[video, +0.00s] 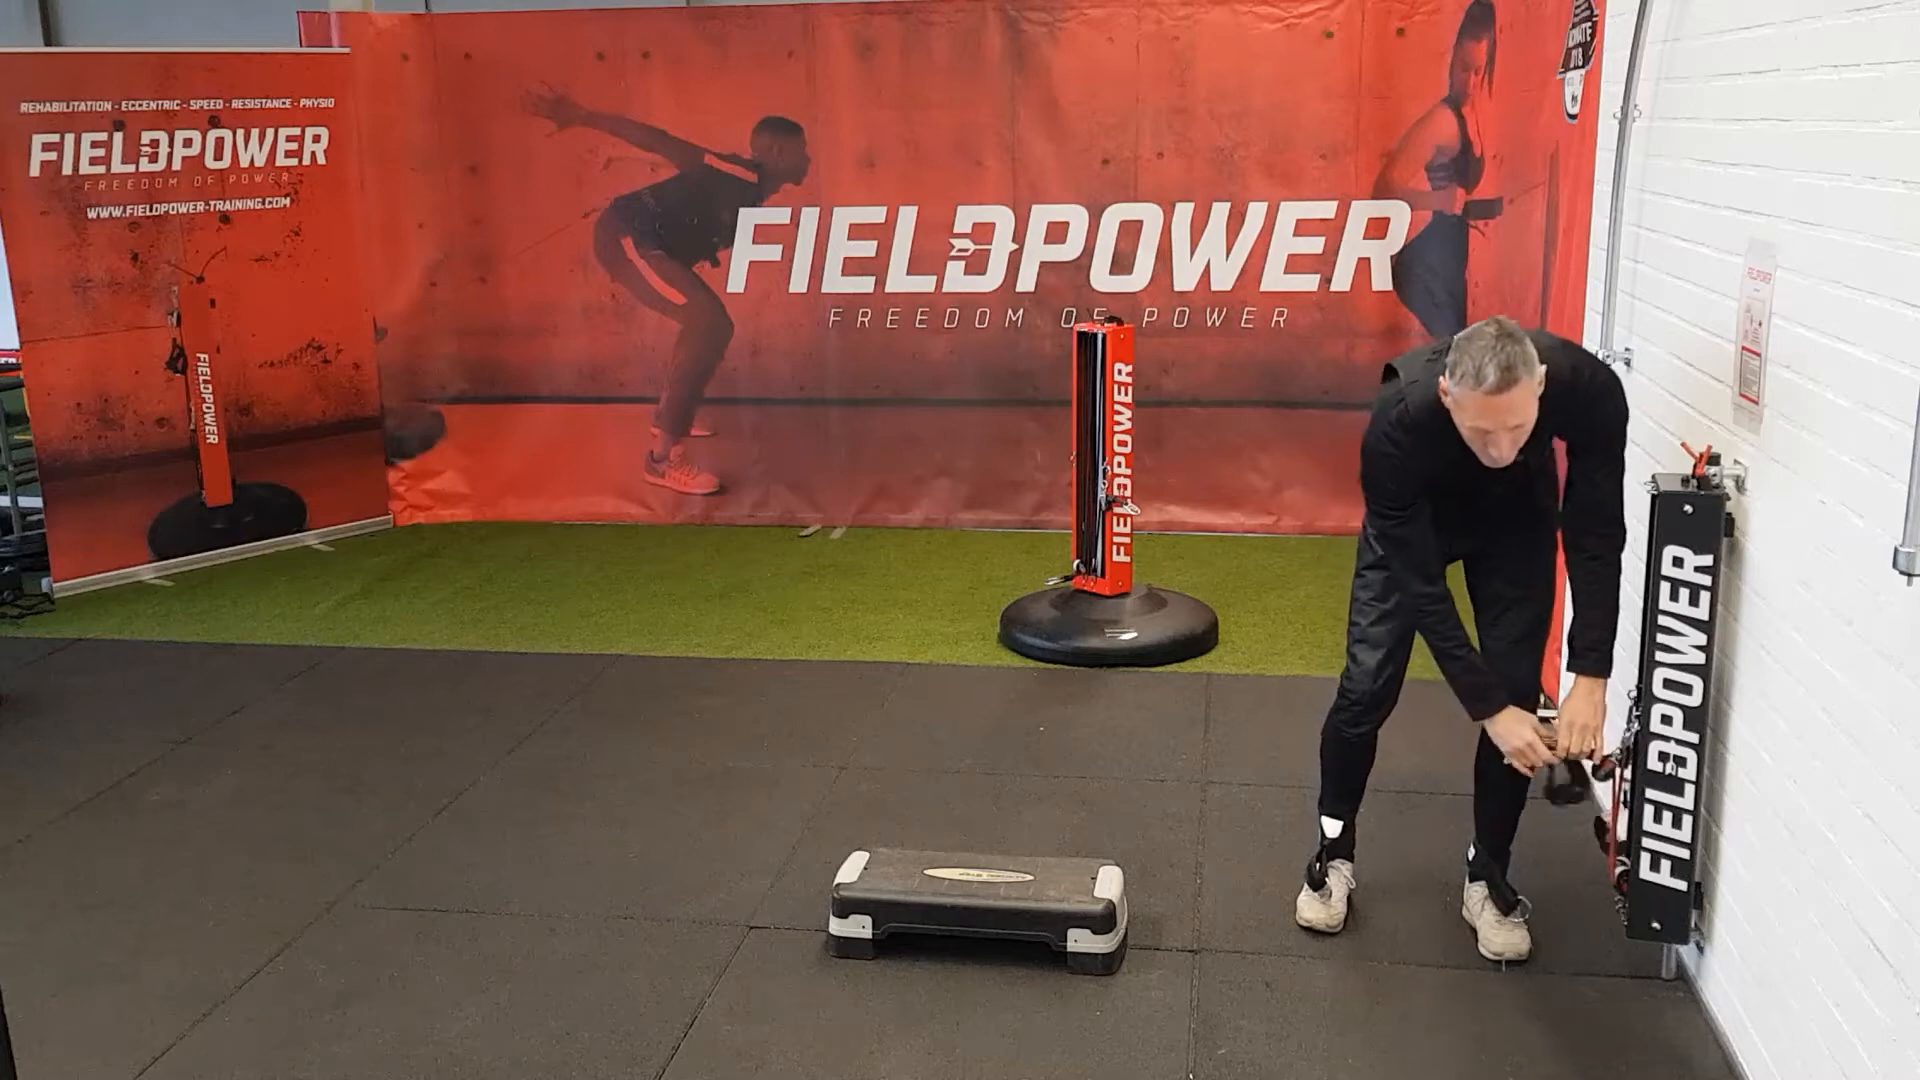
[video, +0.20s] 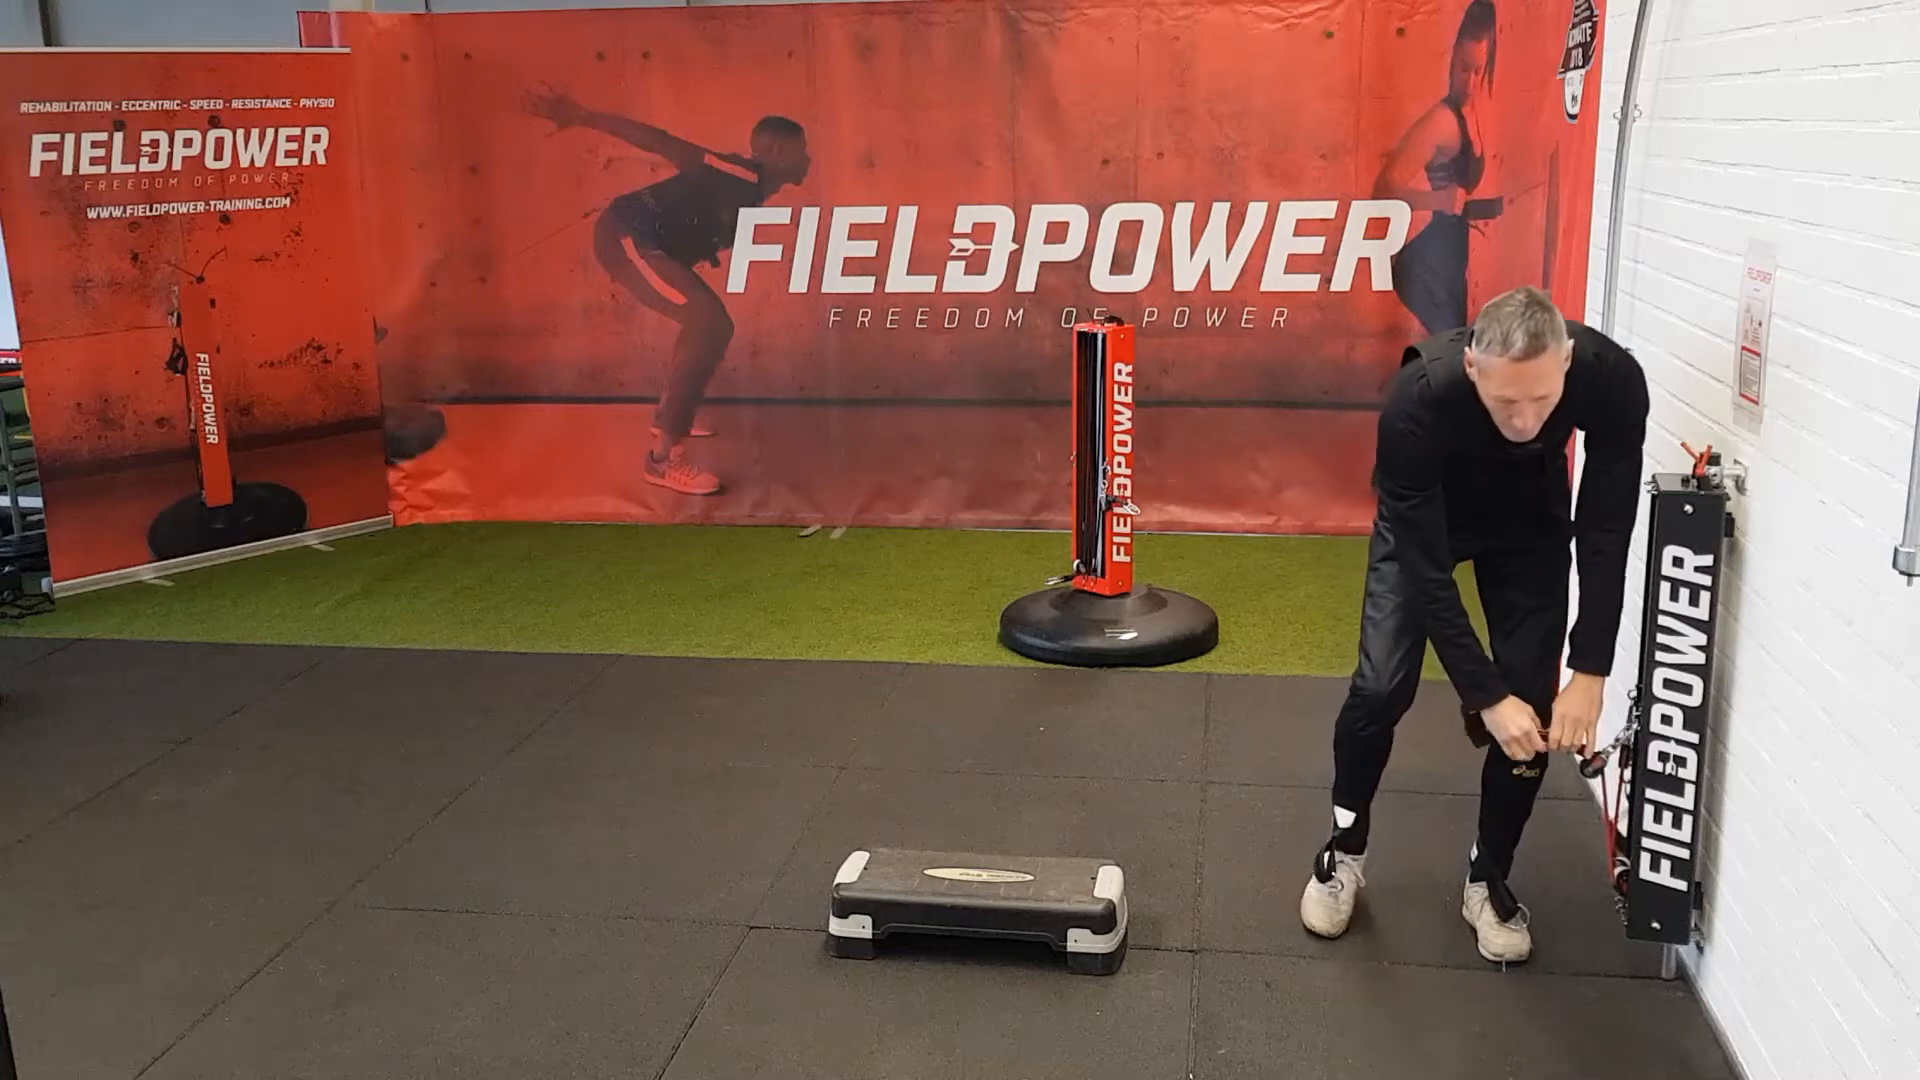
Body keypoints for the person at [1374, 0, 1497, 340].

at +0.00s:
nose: (1471, 81)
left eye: (1480, 72)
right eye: (1464, 69)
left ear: (1488, 72)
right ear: (1450, 66)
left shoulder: (1466, 118)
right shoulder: (1440, 120)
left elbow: (1436, 187)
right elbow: (1388, 186)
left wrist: (1471, 209)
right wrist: (1439, 200)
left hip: (1446, 253)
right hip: (1425, 256)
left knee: (1454, 344)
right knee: (1447, 345)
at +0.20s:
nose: (1471, 81)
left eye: (1480, 72)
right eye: (1465, 69)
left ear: (1488, 72)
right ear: (1449, 66)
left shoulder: (1465, 118)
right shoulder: (1440, 120)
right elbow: (1388, 186)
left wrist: (1470, 208)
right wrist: (1439, 200)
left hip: (1445, 251)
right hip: (1425, 255)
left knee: (1454, 344)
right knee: (1448, 346)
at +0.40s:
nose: (1472, 81)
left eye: (1480, 72)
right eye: (1465, 69)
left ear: (1488, 72)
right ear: (1449, 66)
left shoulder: (1467, 118)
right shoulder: (1440, 121)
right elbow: (1389, 186)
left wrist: (1469, 209)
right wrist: (1441, 200)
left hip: (1447, 248)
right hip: (1425, 252)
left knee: (1452, 342)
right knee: (1446, 344)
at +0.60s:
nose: (1472, 82)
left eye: (1481, 72)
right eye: (1464, 70)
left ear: (1489, 72)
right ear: (1450, 67)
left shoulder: (1462, 119)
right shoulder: (1441, 120)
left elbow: (1430, 189)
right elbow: (1388, 187)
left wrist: (1468, 211)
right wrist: (1441, 200)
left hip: (1444, 255)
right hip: (1424, 258)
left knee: (1451, 353)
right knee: (1443, 354)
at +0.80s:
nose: (1472, 82)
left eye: (1482, 72)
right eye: (1464, 69)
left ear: (1491, 74)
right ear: (1450, 68)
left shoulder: (1465, 122)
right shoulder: (1440, 122)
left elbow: (1437, 197)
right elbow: (1388, 188)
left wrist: (1478, 209)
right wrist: (1437, 199)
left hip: (1444, 258)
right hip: (1424, 260)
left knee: (1451, 359)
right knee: (1445, 362)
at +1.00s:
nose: (1471, 81)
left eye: (1482, 71)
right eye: (1464, 68)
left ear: (1491, 73)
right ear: (1450, 65)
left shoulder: (1467, 120)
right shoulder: (1440, 121)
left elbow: (1437, 191)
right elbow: (1388, 189)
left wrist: (1473, 211)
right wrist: (1438, 200)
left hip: (1445, 254)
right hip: (1424, 257)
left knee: (1451, 358)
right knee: (1444, 360)